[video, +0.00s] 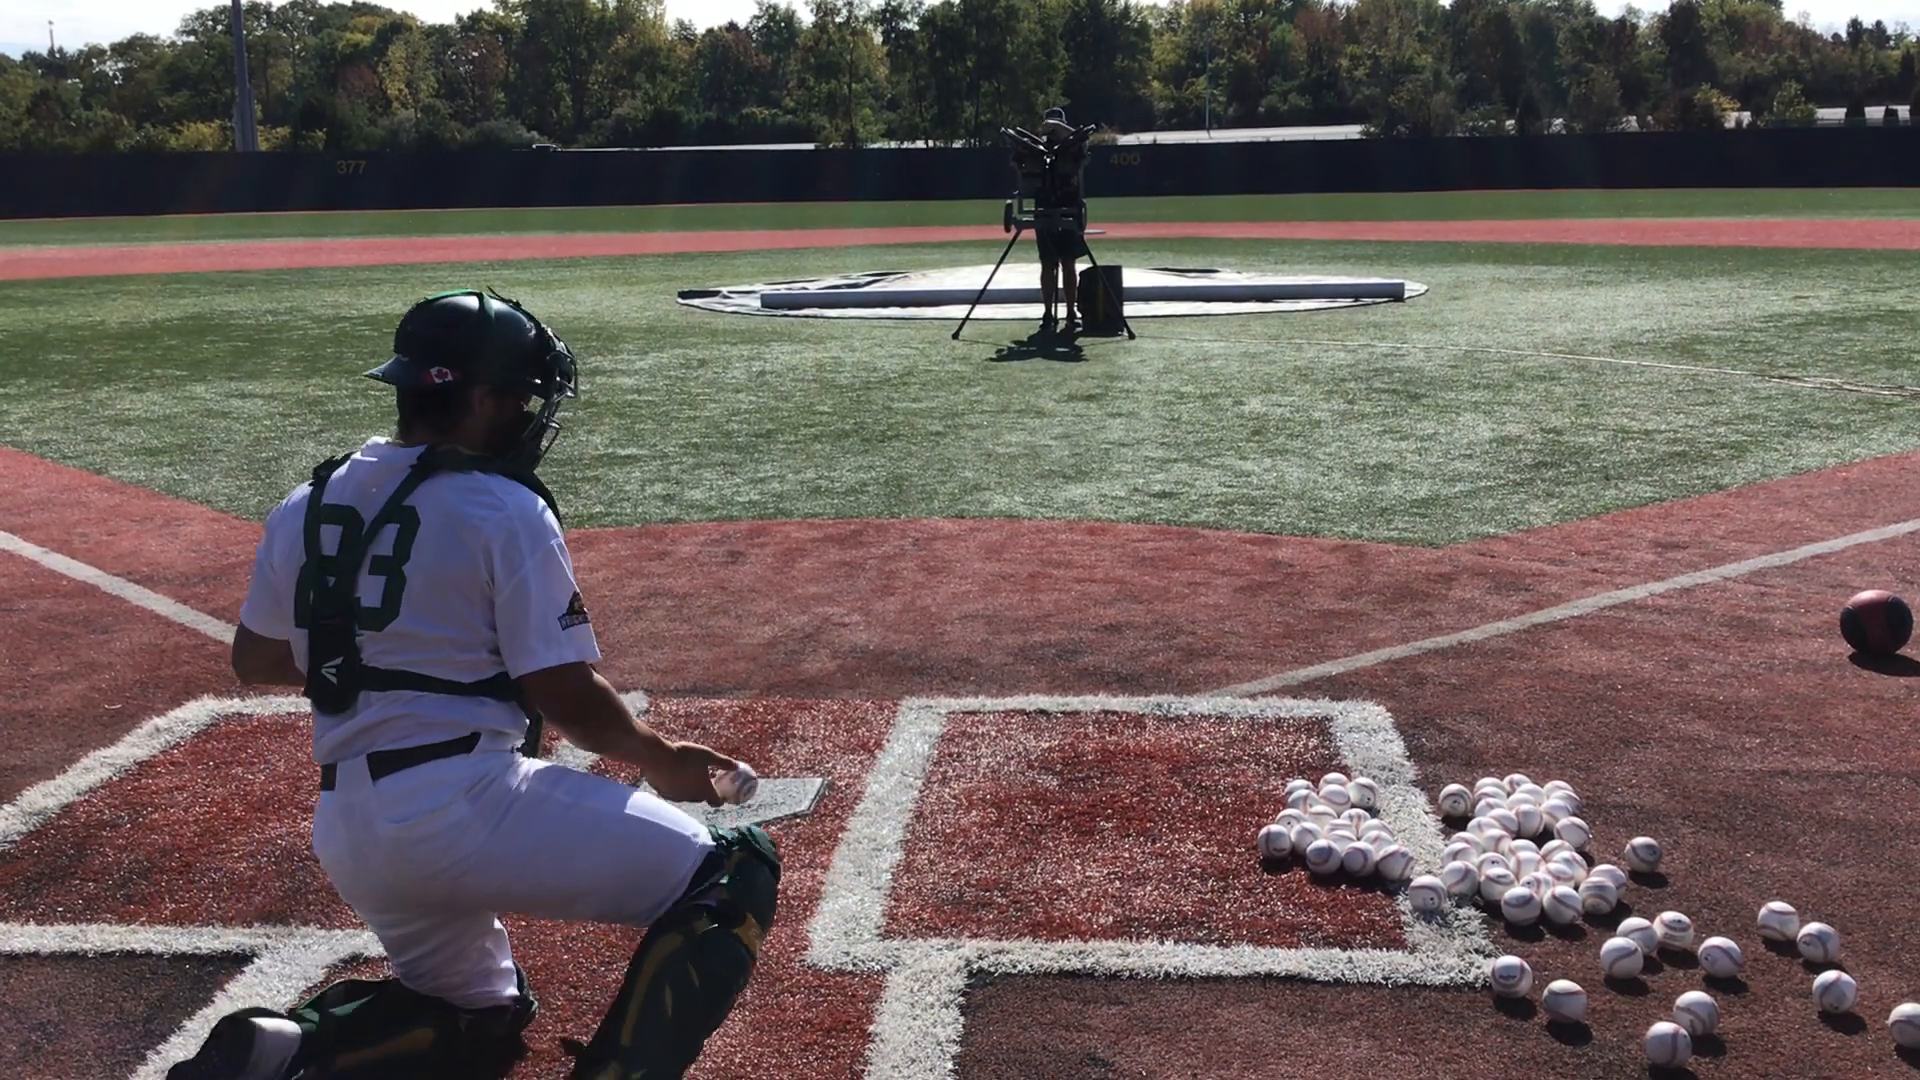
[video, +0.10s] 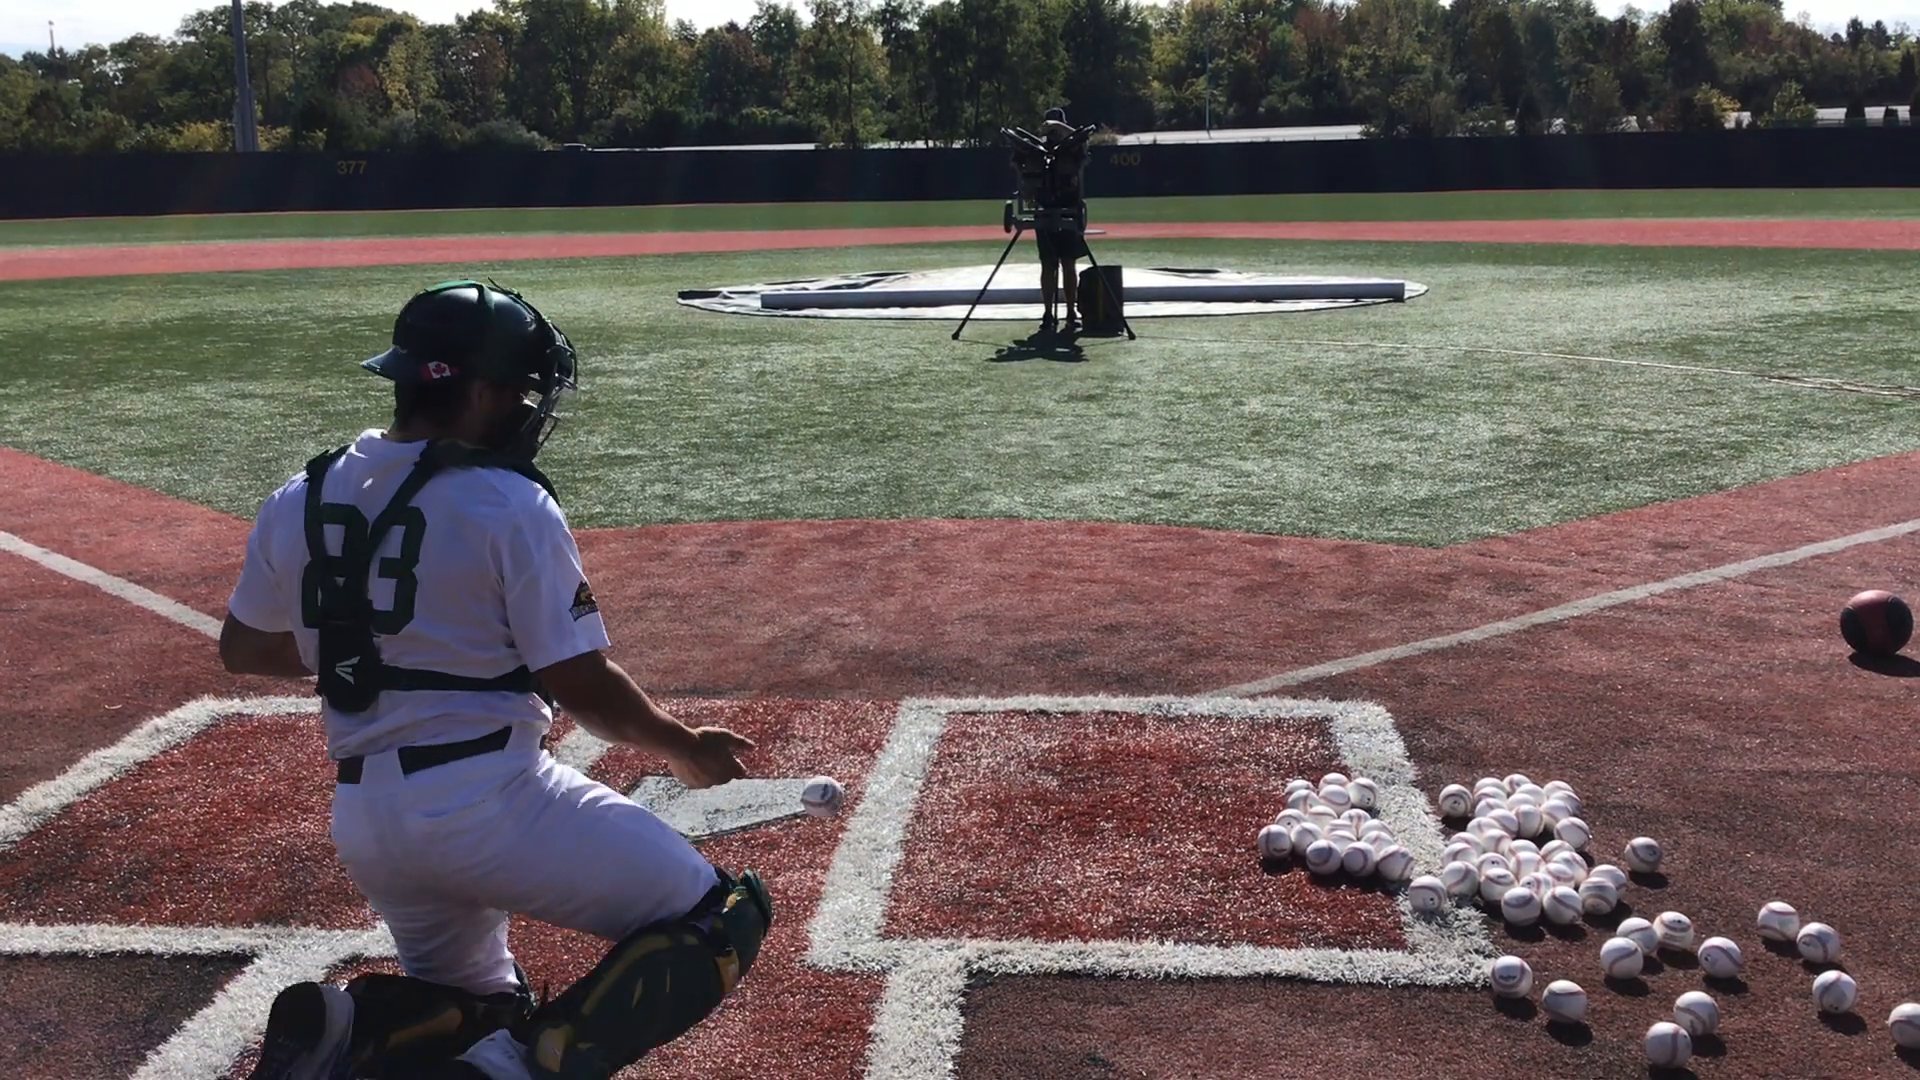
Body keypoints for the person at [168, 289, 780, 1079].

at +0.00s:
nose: (529, 414)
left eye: (527, 395)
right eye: (516, 396)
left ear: (417, 396)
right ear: (469, 402)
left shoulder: (309, 502)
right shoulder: (505, 508)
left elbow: (257, 657)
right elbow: (559, 689)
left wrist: (395, 662)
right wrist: (658, 759)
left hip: (346, 820)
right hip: (463, 800)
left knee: (480, 1018)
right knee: (730, 871)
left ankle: (288, 1052)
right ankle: (621, 1065)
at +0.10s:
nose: (527, 410)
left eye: (527, 391)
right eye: (517, 391)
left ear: (414, 384)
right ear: (473, 395)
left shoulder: (305, 493)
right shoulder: (510, 505)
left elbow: (247, 647)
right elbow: (577, 680)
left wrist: (364, 658)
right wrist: (684, 747)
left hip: (363, 810)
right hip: (487, 796)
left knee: (490, 1007)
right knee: (722, 913)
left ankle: (338, 1024)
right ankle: (527, 1059)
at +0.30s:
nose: (546, 408)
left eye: (544, 390)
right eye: (535, 392)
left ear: (426, 391)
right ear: (496, 404)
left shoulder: (321, 505)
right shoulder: (544, 515)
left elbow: (264, 661)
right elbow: (614, 691)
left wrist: (374, 656)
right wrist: (698, 756)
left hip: (391, 813)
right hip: (525, 819)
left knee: (474, 997)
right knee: (653, 1011)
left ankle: (370, 1025)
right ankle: (506, 1058)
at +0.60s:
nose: (589, 460)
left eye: (590, 442)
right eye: (584, 443)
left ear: (457, 443)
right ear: (559, 456)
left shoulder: (363, 572)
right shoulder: (618, 577)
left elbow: (318, 751)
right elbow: (688, 763)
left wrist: (428, 740)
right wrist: (612, 746)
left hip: (433, 903)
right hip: (585, 909)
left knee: (463, 1015)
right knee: (691, 1038)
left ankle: (390, 1050)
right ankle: (562, 1056)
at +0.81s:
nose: (570, 512)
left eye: (568, 496)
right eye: (563, 497)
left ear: (426, 505)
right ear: (540, 517)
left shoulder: (337, 641)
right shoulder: (603, 645)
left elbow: (296, 823)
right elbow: (680, 828)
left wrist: (411, 793)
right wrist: (574, 788)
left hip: (393, 996)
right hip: (561, 1000)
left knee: (347, 979)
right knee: (689, 1023)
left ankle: (348, 1064)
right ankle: (568, 1071)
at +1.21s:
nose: (518, 523)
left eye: (514, 507)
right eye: (512, 509)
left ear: (374, 520)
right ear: (492, 530)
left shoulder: (284, 649)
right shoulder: (544, 665)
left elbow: (253, 838)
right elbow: (622, 861)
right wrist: (554, 798)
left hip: (287, 1043)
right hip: (453, 1051)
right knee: (713, 913)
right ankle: (576, 1069)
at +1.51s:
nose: (514, 548)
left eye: (510, 530)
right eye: (506, 531)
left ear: (364, 544)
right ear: (477, 556)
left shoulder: (282, 668)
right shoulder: (532, 683)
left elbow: (253, 844)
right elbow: (643, 843)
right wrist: (586, 713)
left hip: (252, 1047)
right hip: (426, 1057)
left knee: (251, 877)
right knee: (706, 891)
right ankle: (584, 1063)